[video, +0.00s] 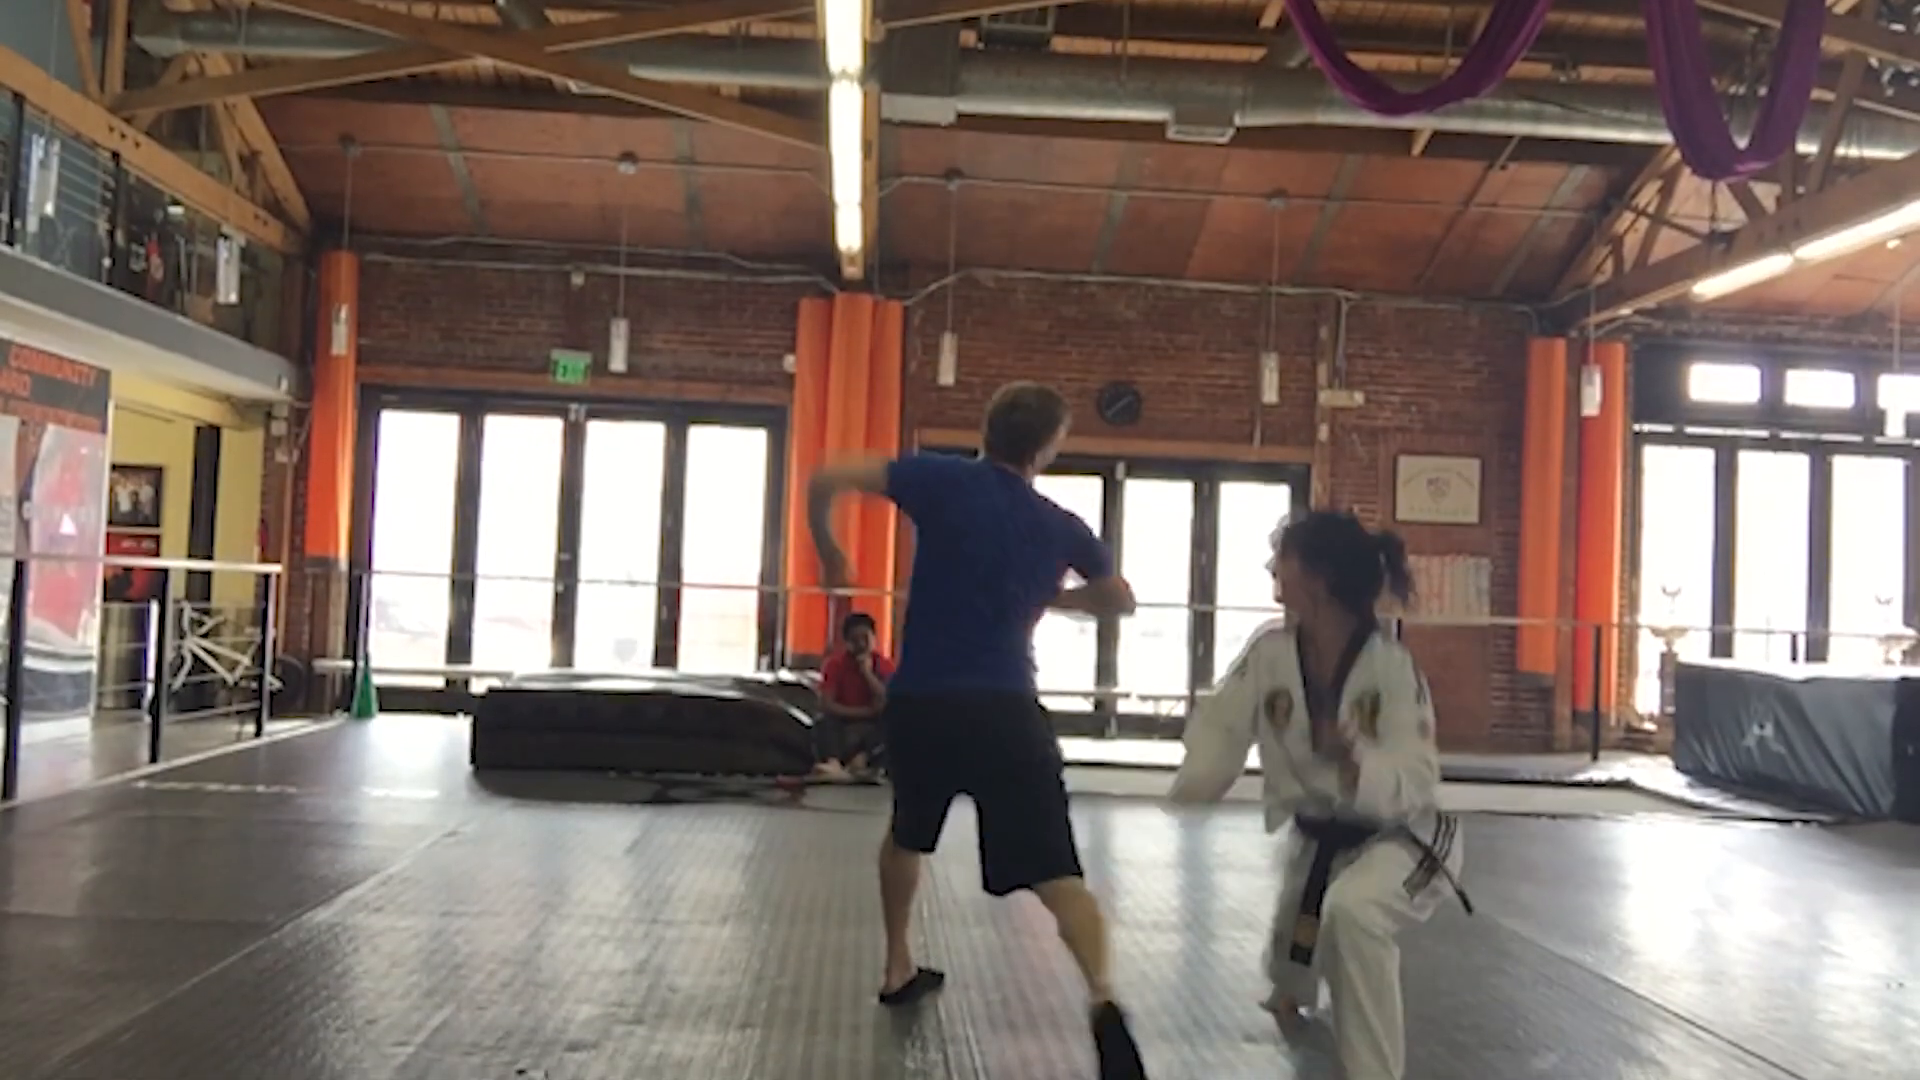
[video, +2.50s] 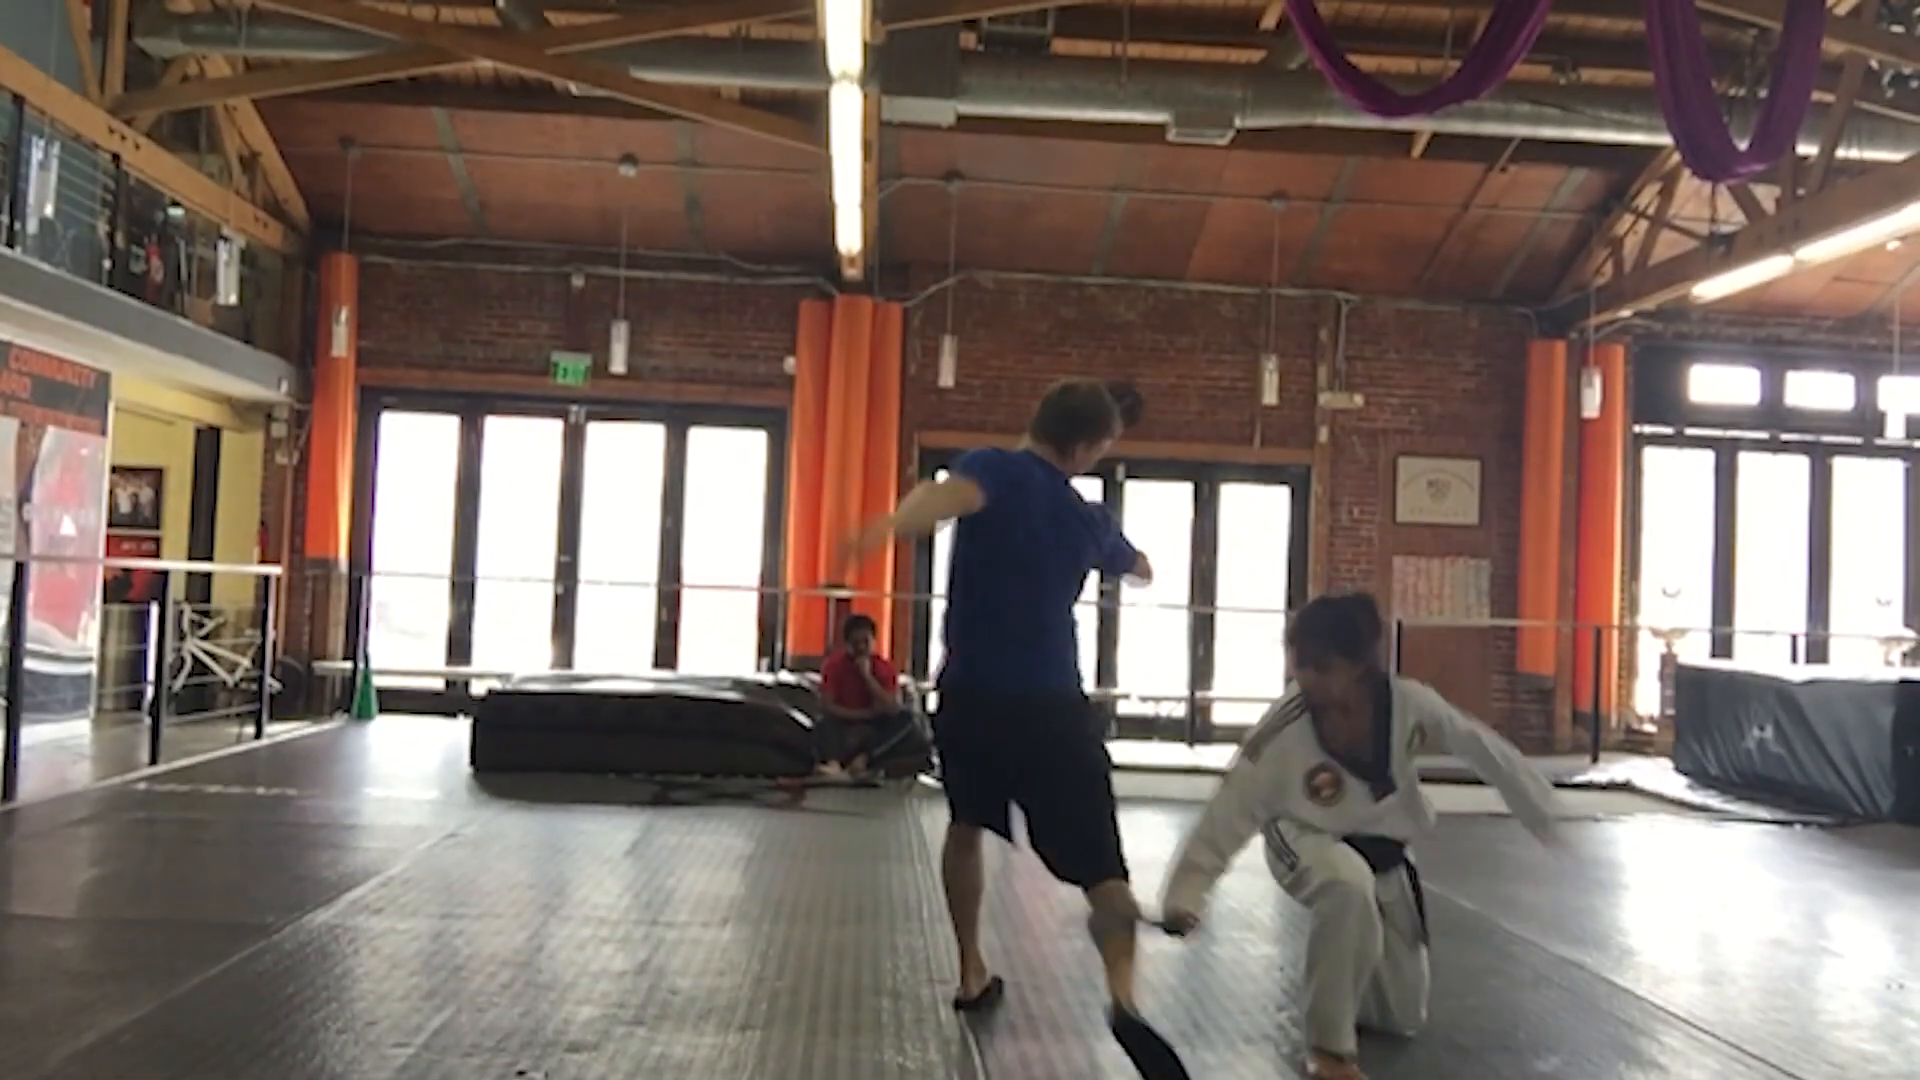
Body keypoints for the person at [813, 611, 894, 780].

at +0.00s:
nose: (861, 645)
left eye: (865, 638)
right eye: (855, 640)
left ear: (873, 638)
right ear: (846, 642)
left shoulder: (883, 665)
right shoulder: (835, 665)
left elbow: (887, 701)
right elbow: (826, 704)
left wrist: (868, 673)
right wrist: (868, 711)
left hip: (872, 719)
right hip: (842, 719)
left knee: (888, 723)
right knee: (825, 722)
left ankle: (861, 760)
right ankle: (833, 762)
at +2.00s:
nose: (861, 650)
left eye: (866, 643)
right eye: (856, 644)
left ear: (873, 643)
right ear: (847, 646)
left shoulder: (884, 669)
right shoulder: (834, 669)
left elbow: (894, 709)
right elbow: (828, 710)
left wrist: (868, 679)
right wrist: (868, 716)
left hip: (875, 723)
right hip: (844, 724)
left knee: (906, 723)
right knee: (824, 727)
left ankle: (866, 764)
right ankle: (831, 766)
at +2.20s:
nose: (862, 648)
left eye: (866, 642)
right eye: (856, 642)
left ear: (873, 642)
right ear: (847, 644)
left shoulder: (884, 668)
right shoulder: (834, 667)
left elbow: (892, 708)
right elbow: (827, 707)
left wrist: (867, 676)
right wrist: (868, 714)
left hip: (875, 721)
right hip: (843, 723)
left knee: (906, 721)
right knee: (822, 729)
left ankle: (866, 761)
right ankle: (832, 765)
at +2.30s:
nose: (861, 646)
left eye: (865, 640)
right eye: (855, 641)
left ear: (873, 640)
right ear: (847, 643)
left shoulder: (884, 667)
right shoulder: (834, 666)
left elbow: (892, 707)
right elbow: (827, 706)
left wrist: (868, 676)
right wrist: (869, 713)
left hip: (875, 720)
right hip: (842, 720)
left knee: (906, 720)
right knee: (821, 729)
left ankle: (866, 759)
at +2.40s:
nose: (861, 645)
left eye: (865, 639)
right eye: (856, 640)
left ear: (873, 638)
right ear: (847, 641)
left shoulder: (884, 665)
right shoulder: (834, 664)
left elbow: (892, 706)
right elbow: (827, 705)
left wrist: (868, 675)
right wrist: (869, 711)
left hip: (875, 718)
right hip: (842, 719)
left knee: (906, 718)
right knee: (821, 729)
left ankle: (866, 757)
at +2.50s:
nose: (861, 647)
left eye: (865, 641)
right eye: (856, 642)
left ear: (873, 641)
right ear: (847, 643)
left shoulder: (885, 668)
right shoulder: (833, 666)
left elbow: (892, 708)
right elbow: (827, 706)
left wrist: (868, 676)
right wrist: (868, 713)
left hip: (875, 719)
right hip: (842, 720)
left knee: (906, 719)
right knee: (823, 727)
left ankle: (865, 759)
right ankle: (833, 763)